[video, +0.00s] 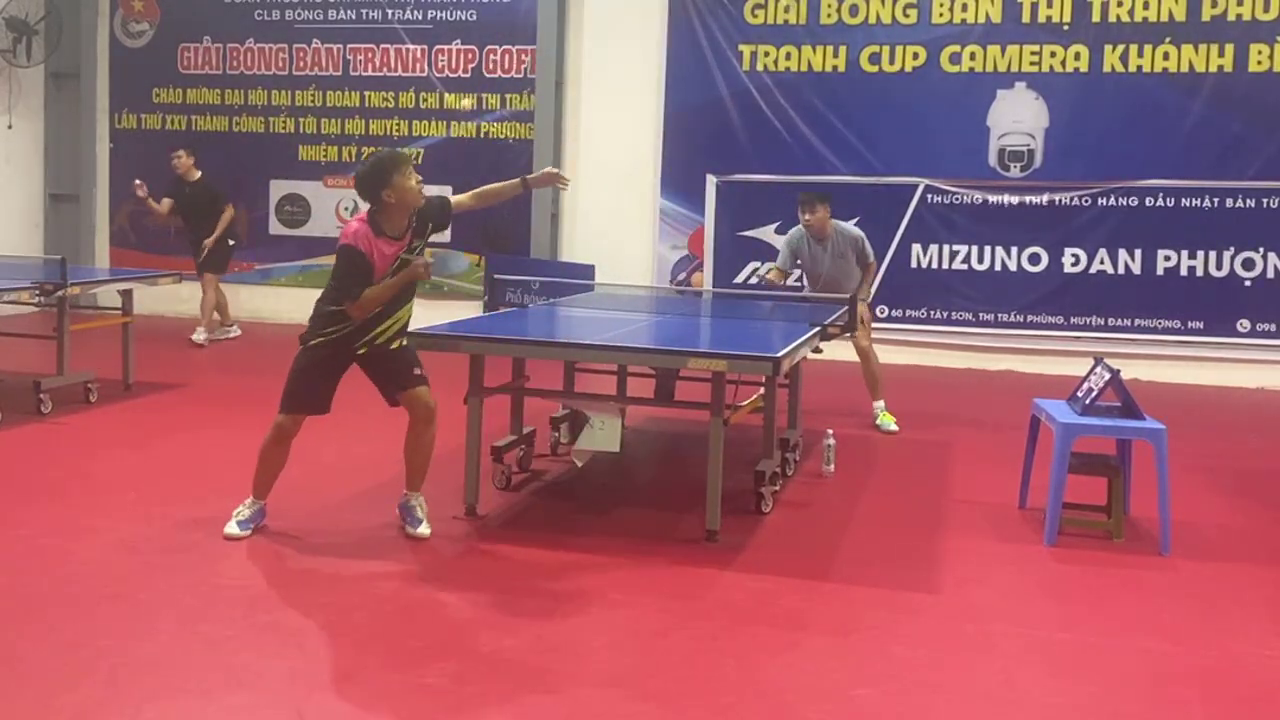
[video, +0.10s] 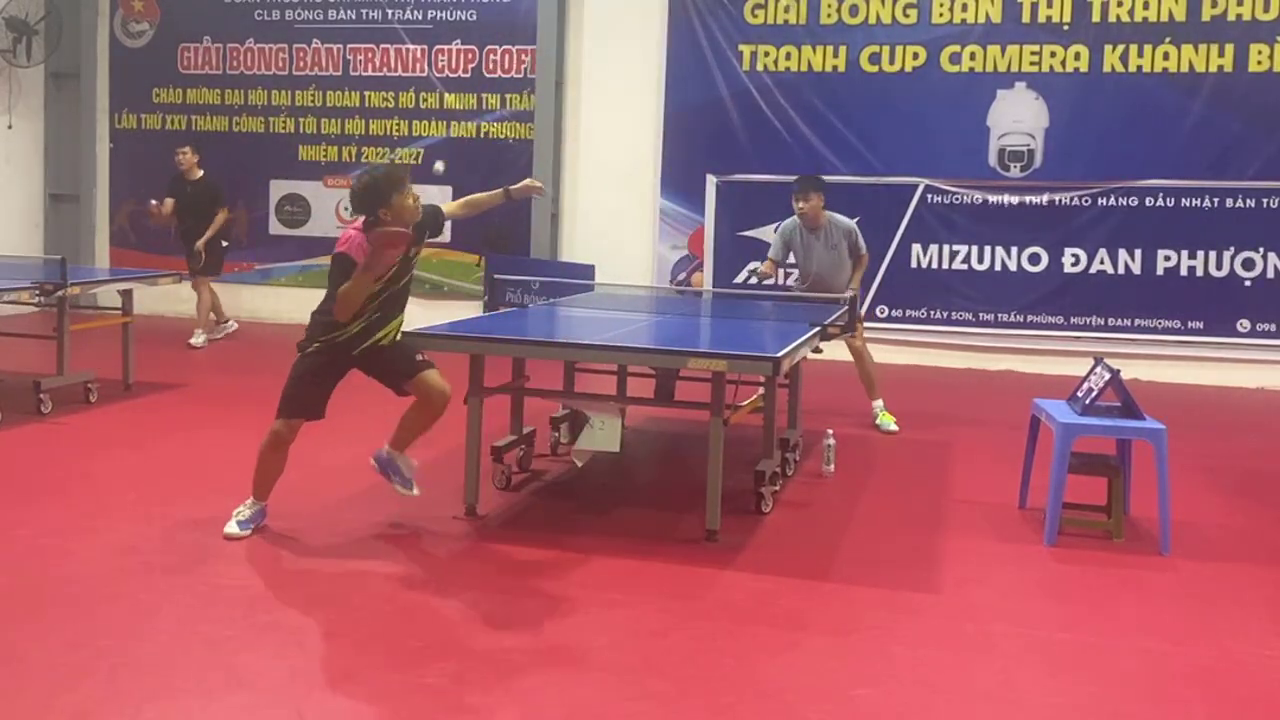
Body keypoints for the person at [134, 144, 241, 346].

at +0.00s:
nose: (175, 162)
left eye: (179, 158)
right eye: (173, 159)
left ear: (192, 160)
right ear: (172, 163)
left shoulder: (207, 184)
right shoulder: (177, 186)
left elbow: (229, 211)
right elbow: (162, 211)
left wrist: (214, 237)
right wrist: (146, 198)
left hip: (219, 238)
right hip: (198, 240)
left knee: (208, 281)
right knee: (209, 284)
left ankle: (203, 328)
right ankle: (228, 325)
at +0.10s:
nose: (179, 158)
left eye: (184, 154)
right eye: (177, 155)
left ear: (196, 157)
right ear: (175, 159)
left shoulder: (210, 183)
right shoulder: (177, 182)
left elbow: (222, 214)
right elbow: (167, 211)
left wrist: (203, 240)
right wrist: (157, 211)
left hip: (210, 237)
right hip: (189, 238)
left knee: (201, 282)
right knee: (199, 283)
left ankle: (200, 330)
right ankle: (223, 320)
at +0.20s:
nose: (182, 155)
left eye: (187, 151)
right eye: (180, 151)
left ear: (198, 155)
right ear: (176, 155)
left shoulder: (209, 182)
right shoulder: (175, 181)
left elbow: (215, 214)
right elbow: (169, 207)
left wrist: (190, 232)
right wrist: (169, 231)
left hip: (205, 239)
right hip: (184, 239)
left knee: (200, 284)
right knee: (183, 283)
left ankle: (201, 329)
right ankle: (210, 312)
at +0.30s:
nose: (181, 152)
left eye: (186, 148)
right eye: (179, 148)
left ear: (197, 152)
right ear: (176, 152)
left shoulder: (207, 177)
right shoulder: (174, 177)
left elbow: (206, 209)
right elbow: (167, 209)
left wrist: (178, 210)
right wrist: (165, 241)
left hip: (201, 239)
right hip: (179, 238)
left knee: (199, 284)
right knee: (172, 282)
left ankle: (200, 329)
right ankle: (194, 314)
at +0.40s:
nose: (177, 150)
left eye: (182, 147)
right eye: (175, 147)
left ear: (193, 151)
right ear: (172, 151)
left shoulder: (203, 176)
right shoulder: (170, 177)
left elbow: (201, 203)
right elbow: (159, 207)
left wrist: (178, 192)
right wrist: (153, 235)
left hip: (196, 239)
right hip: (171, 237)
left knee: (197, 285)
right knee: (165, 283)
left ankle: (200, 331)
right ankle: (174, 327)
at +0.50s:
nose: (172, 150)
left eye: (176, 147)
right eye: (169, 147)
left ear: (188, 151)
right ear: (166, 151)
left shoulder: (196, 175)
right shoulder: (162, 176)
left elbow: (197, 200)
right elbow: (151, 203)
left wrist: (173, 184)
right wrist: (142, 229)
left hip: (192, 240)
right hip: (166, 238)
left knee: (194, 288)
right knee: (159, 286)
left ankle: (199, 332)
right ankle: (153, 333)